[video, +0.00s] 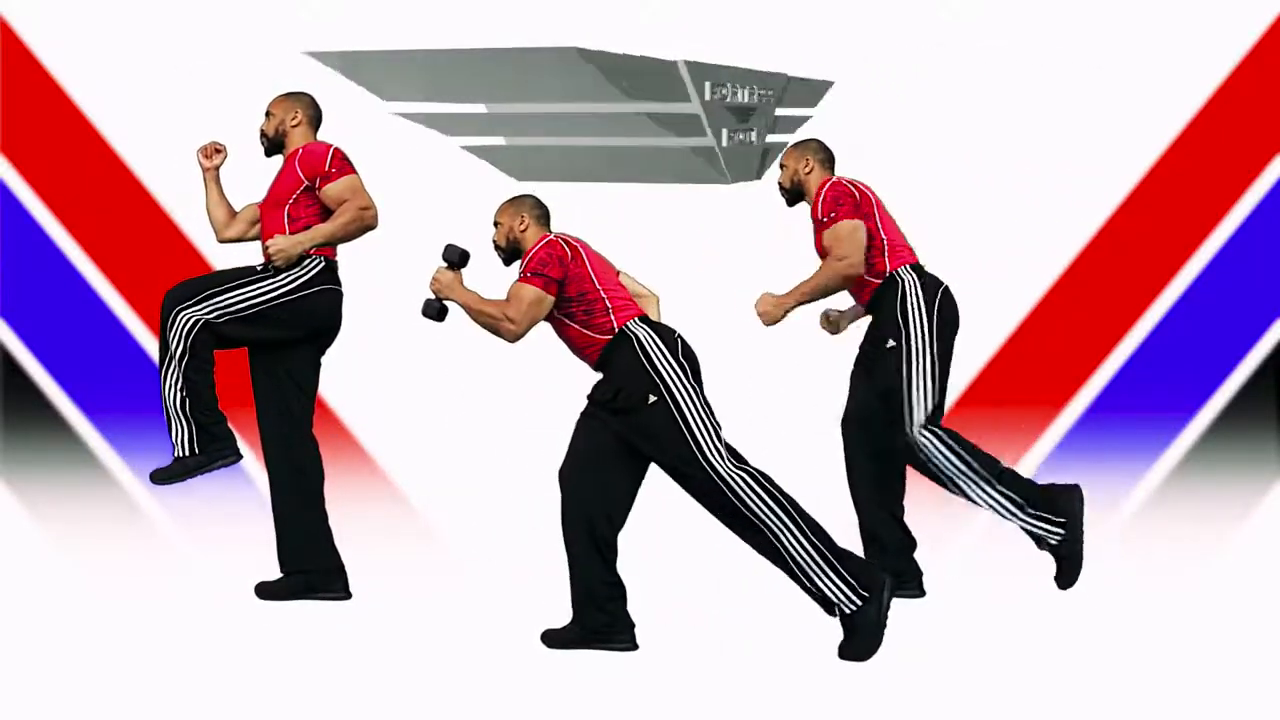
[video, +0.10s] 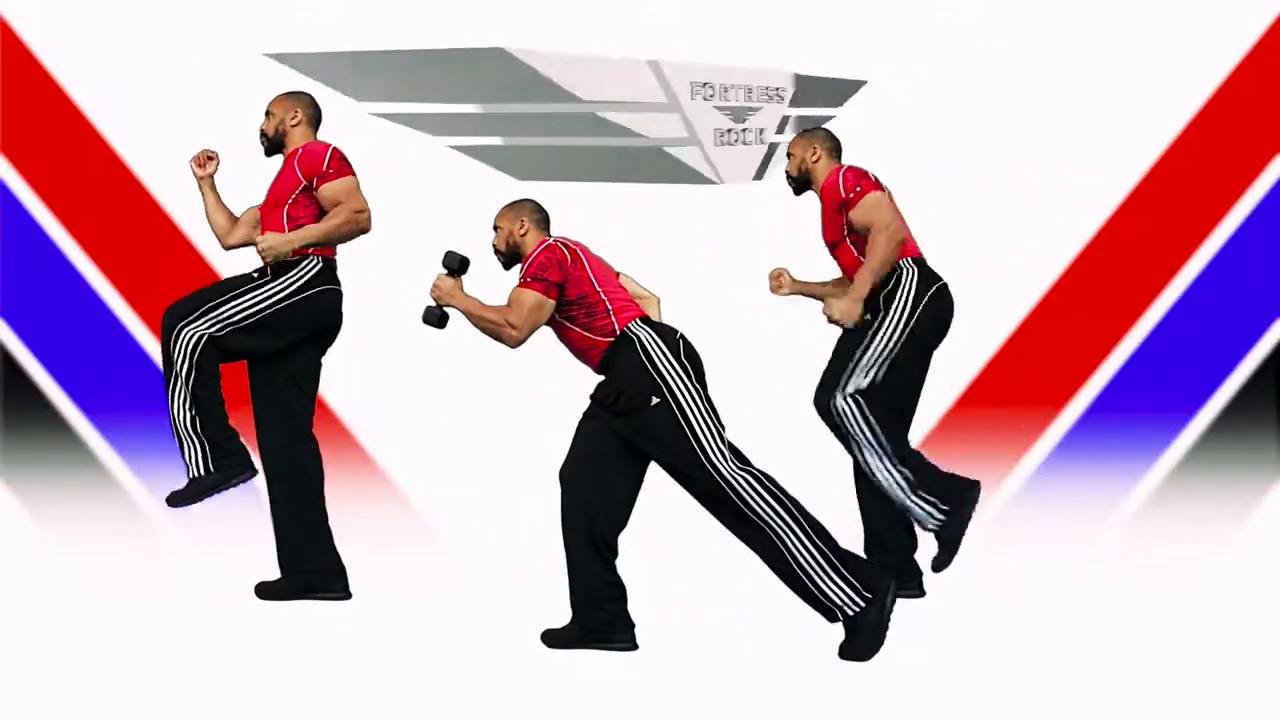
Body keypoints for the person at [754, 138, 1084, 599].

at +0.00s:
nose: (780, 178)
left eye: (784, 167)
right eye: (779, 171)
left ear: (807, 164)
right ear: (813, 165)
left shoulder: (835, 193)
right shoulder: (838, 205)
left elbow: (846, 262)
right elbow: (883, 278)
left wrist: (786, 301)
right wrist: (849, 315)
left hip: (910, 297)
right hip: (887, 317)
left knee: (915, 432)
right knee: (863, 433)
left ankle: (1051, 514)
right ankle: (892, 564)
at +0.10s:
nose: (786, 166)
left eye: (790, 156)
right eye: (786, 158)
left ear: (814, 153)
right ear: (815, 156)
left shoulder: (845, 180)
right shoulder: (835, 206)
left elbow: (891, 231)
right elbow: (855, 286)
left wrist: (854, 297)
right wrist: (799, 287)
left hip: (906, 288)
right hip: (893, 301)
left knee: (842, 397)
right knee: (875, 433)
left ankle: (944, 501)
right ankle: (893, 564)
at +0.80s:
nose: (801, 152)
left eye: (806, 141)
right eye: (801, 145)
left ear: (831, 138)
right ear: (834, 141)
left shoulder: (860, 163)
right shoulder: (848, 198)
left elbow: (927, 197)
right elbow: (810, 260)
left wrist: (920, 268)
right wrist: (763, 225)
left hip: (895, 276)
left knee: (782, 302)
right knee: (875, 439)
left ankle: (794, 433)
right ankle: (893, 568)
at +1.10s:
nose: (785, 169)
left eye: (789, 159)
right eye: (784, 162)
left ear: (813, 155)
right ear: (816, 156)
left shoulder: (840, 183)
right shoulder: (841, 196)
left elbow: (834, 256)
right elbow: (883, 281)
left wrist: (764, 273)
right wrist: (851, 324)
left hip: (907, 292)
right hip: (883, 310)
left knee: (885, 421)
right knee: (866, 433)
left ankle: (1014, 497)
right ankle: (892, 566)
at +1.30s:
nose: (774, 188)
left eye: (779, 178)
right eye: (774, 180)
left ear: (806, 174)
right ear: (813, 179)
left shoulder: (821, 204)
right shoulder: (848, 209)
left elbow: (770, 272)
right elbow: (922, 248)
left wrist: (726, 242)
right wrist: (935, 320)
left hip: (910, 303)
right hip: (898, 317)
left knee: (980, 424)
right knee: (863, 438)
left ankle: (1124, 517)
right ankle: (891, 567)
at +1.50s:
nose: (773, 199)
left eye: (779, 189)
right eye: (773, 191)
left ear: (805, 188)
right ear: (811, 191)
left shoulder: (818, 216)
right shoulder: (846, 219)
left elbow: (772, 289)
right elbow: (922, 248)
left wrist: (724, 258)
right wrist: (942, 313)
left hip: (920, 309)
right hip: (903, 325)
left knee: (1001, 424)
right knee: (864, 437)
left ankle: (1136, 531)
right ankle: (891, 567)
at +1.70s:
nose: (769, 200)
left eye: (776, 190)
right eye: (770, 192)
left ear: (803, 190)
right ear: (808, 193)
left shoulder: (815, 219)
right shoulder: (845, 222)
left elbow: (770, 293)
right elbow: (921, 250)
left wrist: (722, 263)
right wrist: (939, 314)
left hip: (918, 309)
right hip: (902, 324)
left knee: (998, 428)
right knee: (861, 436)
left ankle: (1137, 531)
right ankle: (890, 569)